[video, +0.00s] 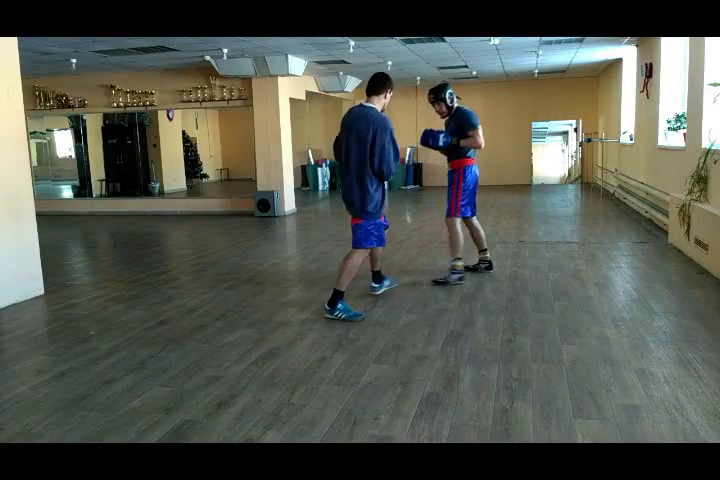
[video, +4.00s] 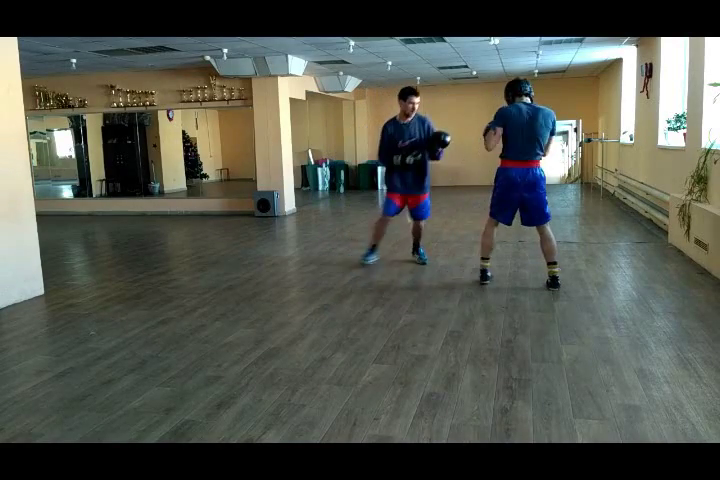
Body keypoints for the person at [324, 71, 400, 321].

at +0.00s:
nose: (389, 100)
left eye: (389, 95)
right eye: (391, 95)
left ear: (367, 91)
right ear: (386, 94)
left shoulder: (351, 115)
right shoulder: (381, 122)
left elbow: (338, 150)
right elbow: (386, 168)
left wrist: (355, 167)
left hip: (351, 187)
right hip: (371, 191)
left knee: (376, 231)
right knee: (361, 247)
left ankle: (377, 278)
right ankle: (335, 302)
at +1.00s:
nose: (376, 102)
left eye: (377, 98)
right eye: (377, 97)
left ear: (356, 93)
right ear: (370, 95)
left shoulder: (347, 116)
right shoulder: (359, 120)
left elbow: (353, 145)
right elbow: (367, 164)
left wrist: (376, 135)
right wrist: (382, 159)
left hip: (360, 189)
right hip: (357, 192)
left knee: (383, 223)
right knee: (353, 239)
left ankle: (385, 270)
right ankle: (325, 288)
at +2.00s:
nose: (376, 108)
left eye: (377, 104)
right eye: (374, 103)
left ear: (366, 102)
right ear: (363, 101)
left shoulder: (367, 124)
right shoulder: (346, 125)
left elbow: (374, 151)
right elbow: (340, 164)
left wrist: (389, 134)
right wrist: (369, 163)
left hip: (368, 188)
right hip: (347, 191)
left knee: (384, 225)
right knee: (336, 232)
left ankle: (389, 264)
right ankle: (316, 273)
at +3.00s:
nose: (395, 108)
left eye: (397, 104)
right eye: (393, 104)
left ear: (386, 103)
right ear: (381, 101)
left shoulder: (394, 121)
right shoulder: (364, 124)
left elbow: (411, 133)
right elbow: (357, 161)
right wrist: (387, 159)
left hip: (388, 184)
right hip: (365, 186)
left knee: (399, 220)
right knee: (352, 223)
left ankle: (405, 260)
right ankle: (334, 260)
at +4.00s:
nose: (414, 107)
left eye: (416, 103)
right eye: (410, 103)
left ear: (419, 104)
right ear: (400, 103)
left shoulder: (424, 124)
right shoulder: (389, 127)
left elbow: (434, 156)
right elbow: (383, 156)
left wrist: (438, 146)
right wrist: (400, 157)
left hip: (418, 182)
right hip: (396, 182)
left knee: (419, 221)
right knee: (385, 217)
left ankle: (417, 249)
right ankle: (372, 249)